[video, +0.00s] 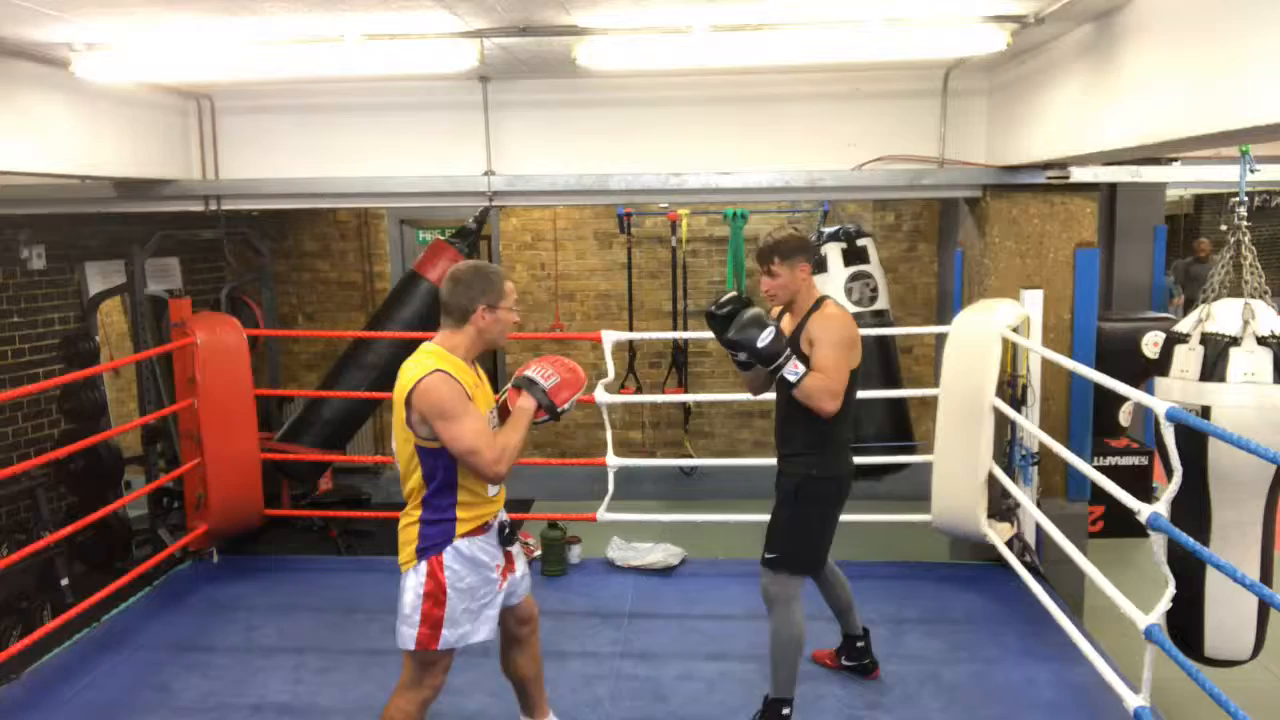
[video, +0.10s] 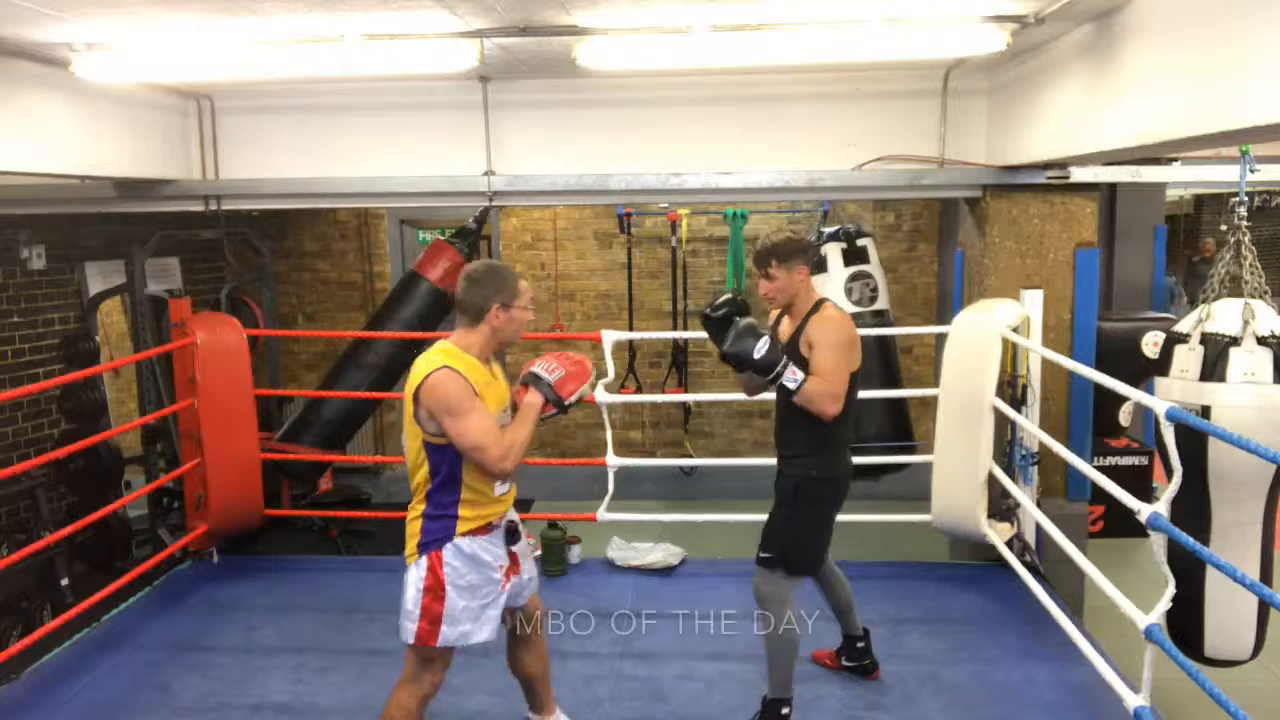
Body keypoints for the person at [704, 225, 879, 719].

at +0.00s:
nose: (764, 285)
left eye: (772, 275)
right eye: (762, 275)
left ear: (802, 273)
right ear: (788, 276)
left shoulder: (831, 319)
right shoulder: (790, 317)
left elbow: (827, 401)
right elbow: (760, 384)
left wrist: (778, 354)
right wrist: (738, 342)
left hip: (818, 473)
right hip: (800, 467)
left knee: (779, 586)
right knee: (814, 561)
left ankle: (779, 707)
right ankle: (857, 647)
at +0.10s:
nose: (763, 287)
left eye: (771, 277)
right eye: (760, 278)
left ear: (800, 275)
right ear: (781, 279)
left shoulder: (831, 323)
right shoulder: (785, 319)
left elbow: (828, 404)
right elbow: (757, 383)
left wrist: (775, 365)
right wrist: (735, 339)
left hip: (818, 473)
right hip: (798, 468)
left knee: (771, 585)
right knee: (815, 561)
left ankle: (777, 707)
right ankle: (857, 648)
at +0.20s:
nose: (754, 285)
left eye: (761, 275)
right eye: (752, 276)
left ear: (790, 272)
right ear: (778, 275)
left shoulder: (822, 320)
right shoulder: (782, 316)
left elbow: (830, 403)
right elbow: (750, 380)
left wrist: (776, 363)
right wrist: (731, 330)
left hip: (814, 473)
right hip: (801, 466)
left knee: (768, 585)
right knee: (820, 559)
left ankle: (777, 707)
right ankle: (858, 648)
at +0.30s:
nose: (751, 286)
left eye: (758, 276)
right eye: (749, 277)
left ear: (788, 273)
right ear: (773, 277)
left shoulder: (811, 317)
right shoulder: (776, 317)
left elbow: (774, 373)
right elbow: (734, 352)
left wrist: (714, 351)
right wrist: (689, 337)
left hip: (813, 472)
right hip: (810, 467)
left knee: (769, 588)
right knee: (822, 559)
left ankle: (776, 707)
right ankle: (858, 647)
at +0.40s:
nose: (752, 289)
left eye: (759, 279)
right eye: (749, 279)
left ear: (789, 274)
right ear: (767, 278)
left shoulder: (809, 320)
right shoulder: (779, 319)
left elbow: (779, 375)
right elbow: (752, 367)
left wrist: (708, 360)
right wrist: (718, 341)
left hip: (815, 474)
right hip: (804, 469)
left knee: (768, 587)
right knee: (819, 561)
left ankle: (776, 706)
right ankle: (858, 648)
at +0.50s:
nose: (752, 290)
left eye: (760, 280)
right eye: (749, 281)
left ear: (789, 274)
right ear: (754, 279)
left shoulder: (821, 324)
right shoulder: (768, 321)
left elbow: (822, 404)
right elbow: (749, 371)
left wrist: (764, 377)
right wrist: (715, 337)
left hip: (817, 474)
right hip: (794, 468)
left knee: (767, 587)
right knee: (819, 562)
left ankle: (776, 705)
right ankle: (858, 647)